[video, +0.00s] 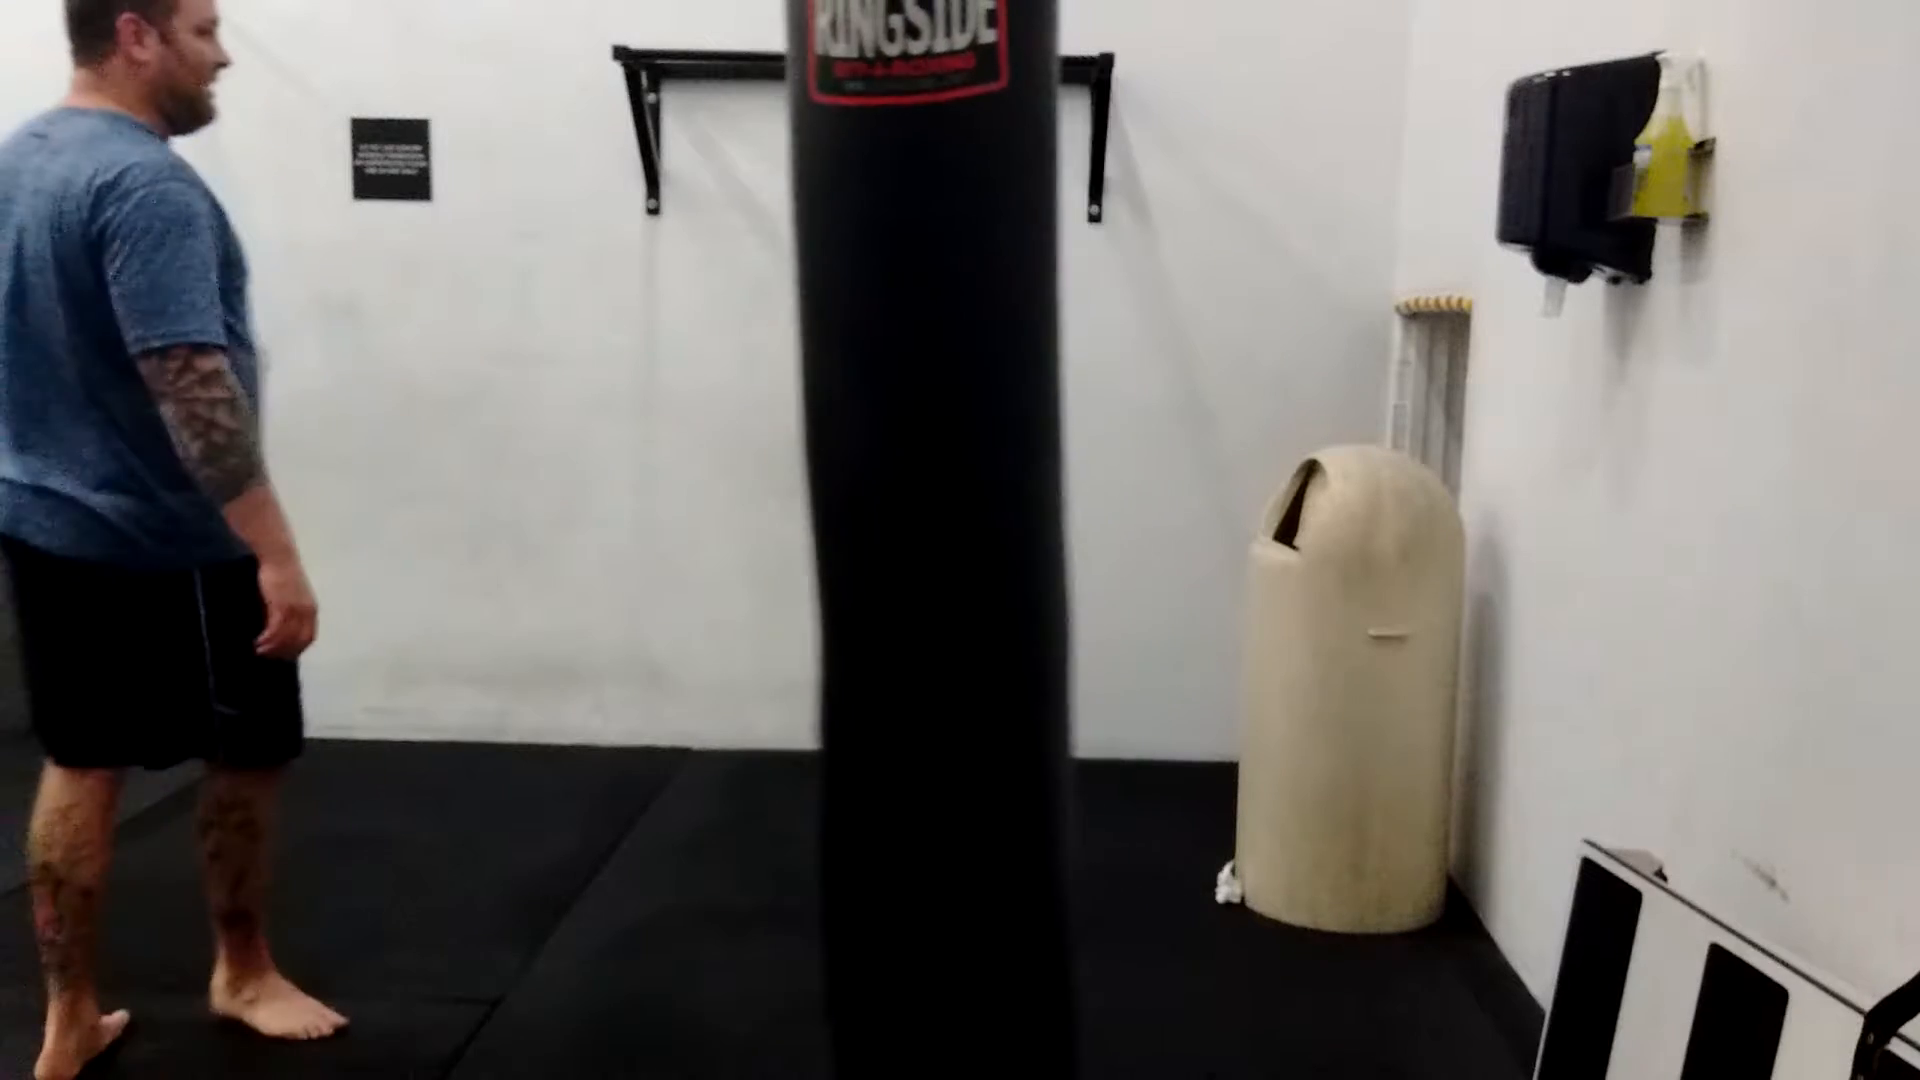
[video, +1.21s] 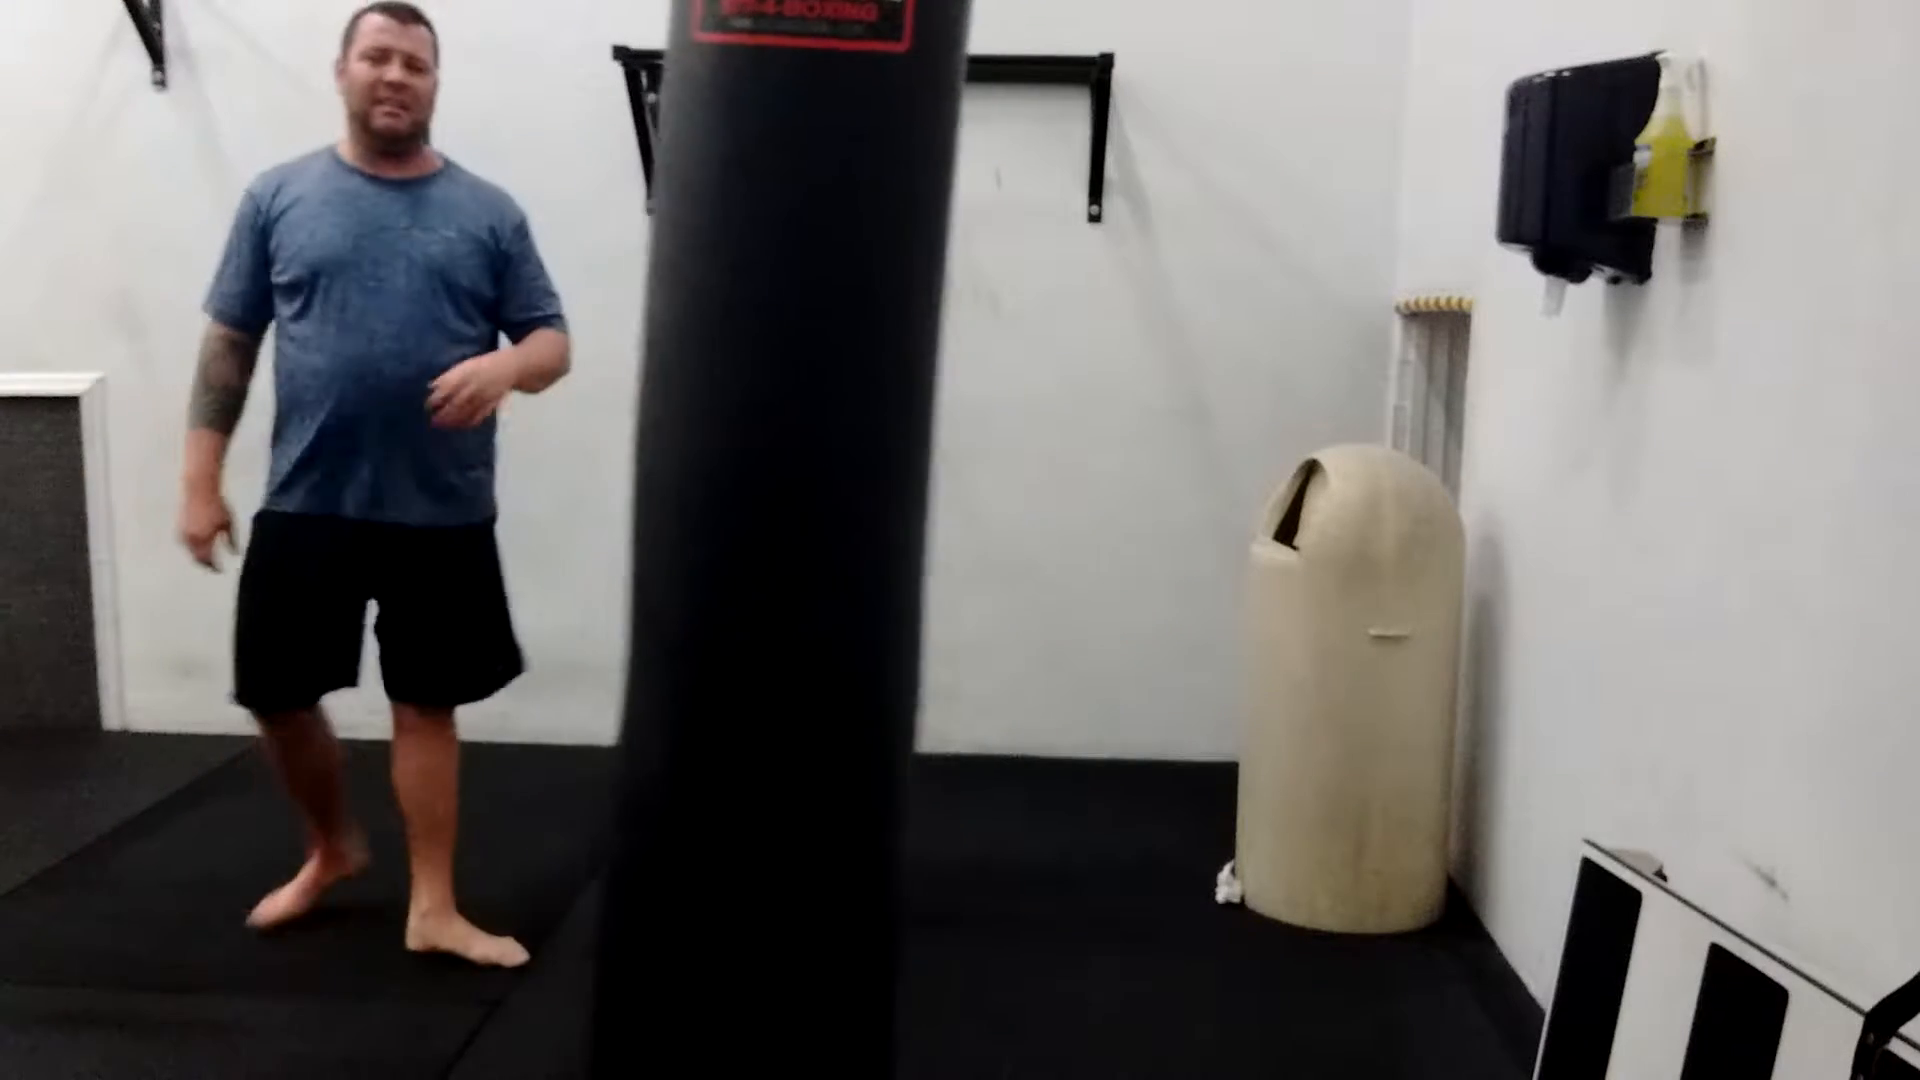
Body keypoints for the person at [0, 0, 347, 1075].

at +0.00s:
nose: (223, 54)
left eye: (218, 31)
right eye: (206, 31)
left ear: (126, 40)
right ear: (138, 37)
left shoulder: (24, 155)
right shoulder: (149, 182)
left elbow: (23, 356)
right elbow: (190, 383)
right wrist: (277, 552)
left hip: (46, 527)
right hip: (176, 539)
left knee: (78, 758)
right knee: (249, 742)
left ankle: (69, 1018)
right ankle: (245, 973)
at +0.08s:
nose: (236, 56)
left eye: (231, 34)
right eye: (217, 33)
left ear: (138, 47)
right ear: (144, 44)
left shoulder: (49, 164)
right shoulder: (154, 185)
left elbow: (82, 349)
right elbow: (184, 382)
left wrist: (253, 356)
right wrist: (267, 557)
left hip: (73, 525)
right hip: (185, 539)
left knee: (99, 755)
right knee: (250, 745)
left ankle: (71, 1012)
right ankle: (241, 977)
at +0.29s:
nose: (262, 56)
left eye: (262, 34)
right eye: (236, 33)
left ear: (179, 50)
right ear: (162, 46)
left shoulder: (189, 168)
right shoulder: (161, 185)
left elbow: (196, 375)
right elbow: (183, 388)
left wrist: (271, 525)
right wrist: (267, 548)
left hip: (206, 520)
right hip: (196, 528)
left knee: (213, 729)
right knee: (240, 748)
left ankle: (116, 907)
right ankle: (240, 978)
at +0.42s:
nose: (276, 54)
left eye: (283, 34)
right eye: (249, 32)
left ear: (292, 45)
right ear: (182, 45)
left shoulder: (237, 167)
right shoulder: (167, 178)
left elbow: (241, 351)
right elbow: (168, 374)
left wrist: (304, 501)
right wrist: (272, 526)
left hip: (284, 508)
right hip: (207, 521)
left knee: (352, 667)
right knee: (233, 739)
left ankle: (219, 871)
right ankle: (238, 978)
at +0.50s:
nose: (290, 55)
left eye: (300, 37)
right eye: (264, 34)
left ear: (311, 53)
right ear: (201, 50)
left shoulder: (277, 175)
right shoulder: (168, 181)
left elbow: (277, 347)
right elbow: (158, 368)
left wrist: (329, 497)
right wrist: (266, 512)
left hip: (317, 510)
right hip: (215, 525)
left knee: (384, 676)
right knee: (231, 740)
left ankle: (324, 889)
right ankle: (235, 974)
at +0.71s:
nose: (323, 65)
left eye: (337, 46)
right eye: (299, 44)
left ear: (353, 64)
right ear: (249, 59)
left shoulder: (380, 194)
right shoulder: (200, 194)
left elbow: (432, 314)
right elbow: (168, 366)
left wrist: (456, 393)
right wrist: (214, 514)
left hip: (377, 516)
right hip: (264, 525)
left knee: (398, 723)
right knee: (255, 751)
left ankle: (431, 915)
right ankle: (241, 976)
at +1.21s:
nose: (392, 76)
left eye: (412, 64)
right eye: (375, 59)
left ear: (435, 87)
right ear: (340, 75)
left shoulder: (489, 214)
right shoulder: (279, 198)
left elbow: (550, 344)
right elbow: (229, 344)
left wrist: (505, 367)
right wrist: (199, 484)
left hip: (440, 504)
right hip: (309, 500)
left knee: (428, 708)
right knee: (276, 693)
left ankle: (434, 911)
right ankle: (332, 849)